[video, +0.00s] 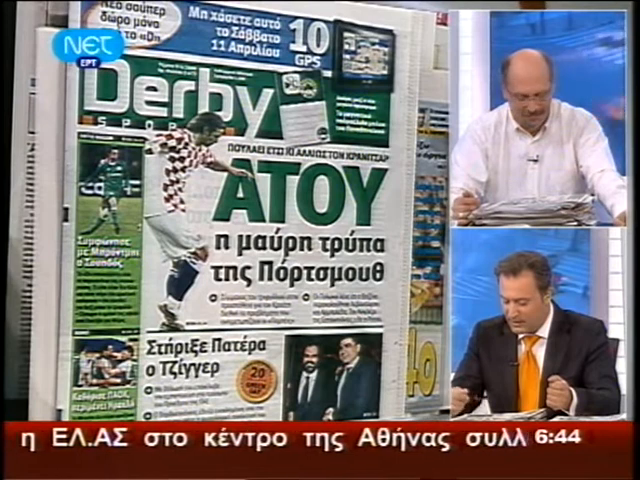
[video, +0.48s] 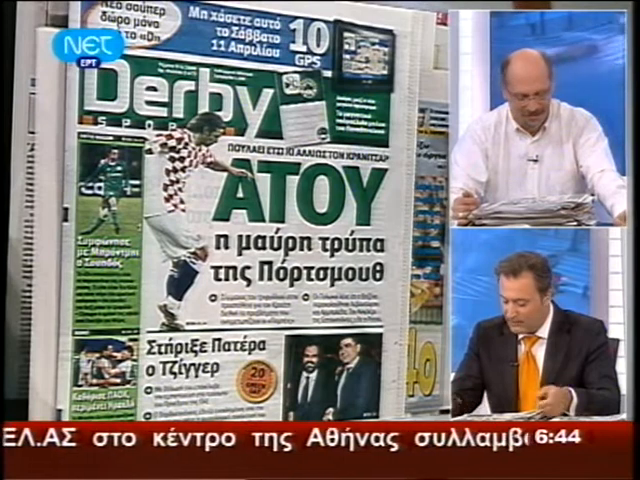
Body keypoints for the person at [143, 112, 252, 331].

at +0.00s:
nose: (215, 141)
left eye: (217, 137)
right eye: (215, 136)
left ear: (207, 132)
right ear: (205, 130)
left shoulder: (199, 150)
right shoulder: (179, 137)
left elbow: (212, 162)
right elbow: (149, 146)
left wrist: (232, 170)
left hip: (166, 209)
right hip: (161, 208)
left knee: (180, 262)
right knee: (200, 251)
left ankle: (170, 317)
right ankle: (172, 304)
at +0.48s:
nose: (215, 141)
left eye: (217, 137)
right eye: (215, 136)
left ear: (207, 132)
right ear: (205, 130)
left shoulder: (199, 150)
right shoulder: (179, 137)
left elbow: (212, 162)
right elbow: (149, 145)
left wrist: (231, 170)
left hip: (165, 209)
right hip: (161, 208)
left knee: (180, 261)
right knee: (200, 251)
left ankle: (170, 317)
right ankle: (172, 304)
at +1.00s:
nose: (215, 141)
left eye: (217, 137)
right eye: (215, 136)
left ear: (207, 132)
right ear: (205, 130)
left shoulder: (199, 150)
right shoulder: (179, 137)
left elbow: (212, 162)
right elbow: (149, 145)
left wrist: (232, 170)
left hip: (165, 209)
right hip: (161, 208)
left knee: (180, 262)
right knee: (200, 251)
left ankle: (171, 317)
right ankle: (172, 304)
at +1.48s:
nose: (215, 141)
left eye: (217, 137)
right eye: (215, 136)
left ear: (207, 132)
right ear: (205, 130)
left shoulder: (199, 150)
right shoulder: (179, 137)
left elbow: (212, 162)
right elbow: (149, 145)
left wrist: (232, 170)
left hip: (165, 209)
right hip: (161, 208)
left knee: (180, 262)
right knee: (200, 251)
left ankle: (170, 317)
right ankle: (172, 304)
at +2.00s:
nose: (215, 141)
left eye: (217, 137)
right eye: (215, 136)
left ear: (207, 132)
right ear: (205, 130)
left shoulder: (199, 150)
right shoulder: (179, 137)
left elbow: (212, 162)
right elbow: (149, 145)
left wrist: (232, 170)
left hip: (165, 209)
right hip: (161, 208)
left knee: (180, 262)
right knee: (200, 251)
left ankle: (170, 317)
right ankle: (172, 304)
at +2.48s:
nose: (215, 141)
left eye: (217, 137)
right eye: (215, 136)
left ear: (207, 132)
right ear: (205, 130)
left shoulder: (199, 150)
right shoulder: (179, 137)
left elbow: (212, 162)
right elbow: (149, 145)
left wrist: (232, 170)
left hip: (165, 209)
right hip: (161, 208)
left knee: (180, 262)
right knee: (200, 251)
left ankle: (171, 317)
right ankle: (172, 304)